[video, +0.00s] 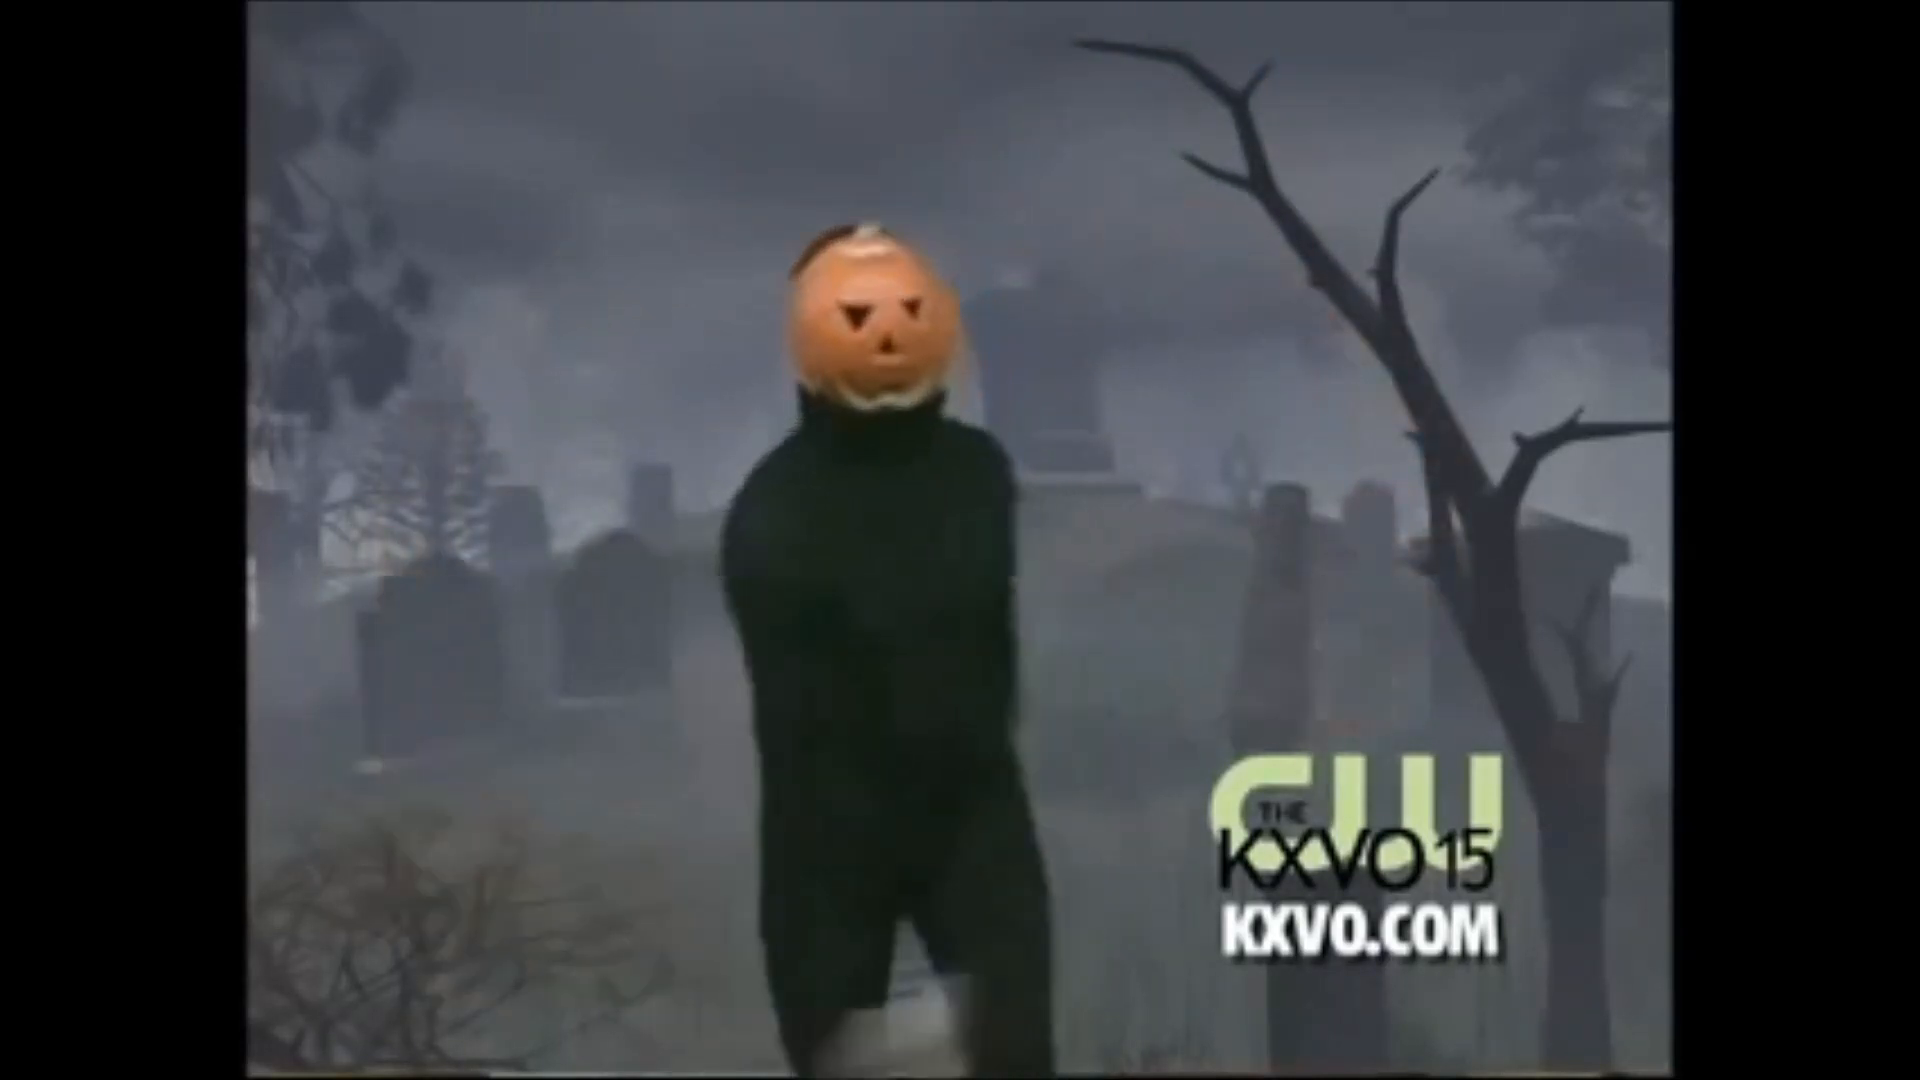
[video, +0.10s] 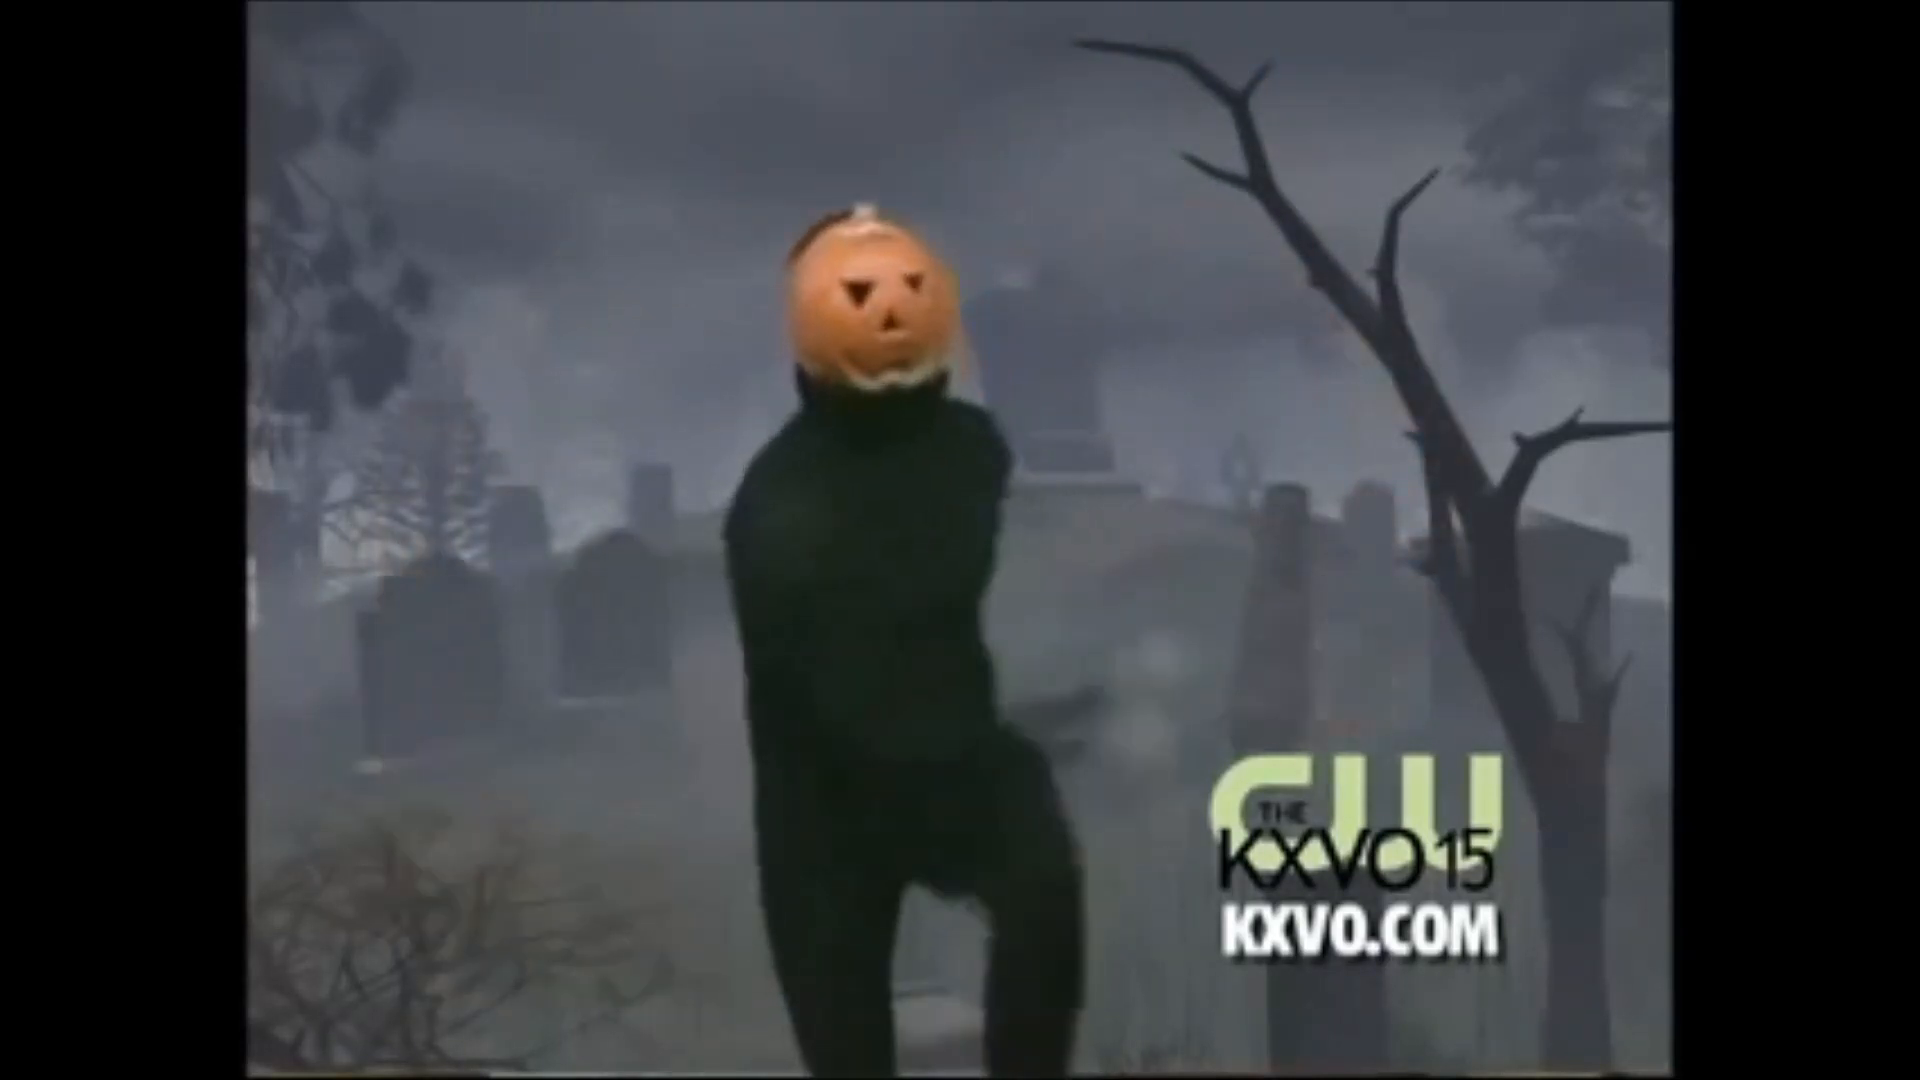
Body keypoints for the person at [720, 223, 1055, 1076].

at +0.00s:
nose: (889, 333)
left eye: (913, 309)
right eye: (854, 314)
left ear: (946, 328)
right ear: (801, 339)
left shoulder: (978, 474)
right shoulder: (773, 507)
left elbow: (989, 663)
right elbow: (797, 717)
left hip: (975, 827)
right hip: (826, 838)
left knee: (1013, 1050)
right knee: (831, 1050)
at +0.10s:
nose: (893, 304)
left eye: (915, 282)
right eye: (856, 290)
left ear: (948, 310)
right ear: (803, 331)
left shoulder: (972, 451)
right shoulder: (778, 492)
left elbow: (955, 611)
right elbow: (799, 690)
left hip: (962, 777)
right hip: (822, 802)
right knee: (846, 1049)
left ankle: (1028, 1064)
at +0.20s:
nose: (897, 273)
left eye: (917, 250)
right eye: (860, 255)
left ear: (953, 278)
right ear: (805, 296)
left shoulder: (973, 407)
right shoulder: (790, 462)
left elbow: (977, 610)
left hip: (950, 734)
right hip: (827, 770)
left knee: (1045, 788)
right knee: (851, 1058)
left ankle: (995, 1060)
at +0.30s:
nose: (889, 213)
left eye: (913, 191)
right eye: (853, 196)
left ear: (946, 220)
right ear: (799, 241)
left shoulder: (975, 362)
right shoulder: (777, 404)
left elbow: (967, 564)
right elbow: (938, 581)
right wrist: (1009, 396)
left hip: (963, 723)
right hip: (823, 747)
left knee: (1031, 936)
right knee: (847, 1028)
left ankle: (1002, 1070)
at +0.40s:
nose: (854, 214)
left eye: (876, 192)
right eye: (820, 197)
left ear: (912, 213)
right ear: (769, 233)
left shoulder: (962, 342)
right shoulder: (756, 401)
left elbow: (970, 523)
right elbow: (859, 583)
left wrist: (1012, 442)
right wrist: (992, 472)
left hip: (959, 757)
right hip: (813, 774)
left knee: (994, 1042)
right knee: (835, 1050)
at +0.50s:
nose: (850, 255)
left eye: (876, 231)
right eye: (816, 237)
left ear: (911, 253)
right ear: (769, 274)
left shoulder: (960, 387)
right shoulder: (749, 453)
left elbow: (995, 515)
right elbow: (809, 634)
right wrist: (898, 546)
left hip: (949, 791)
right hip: (810, 810)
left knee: (1013, 1052)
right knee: (837, 1060)